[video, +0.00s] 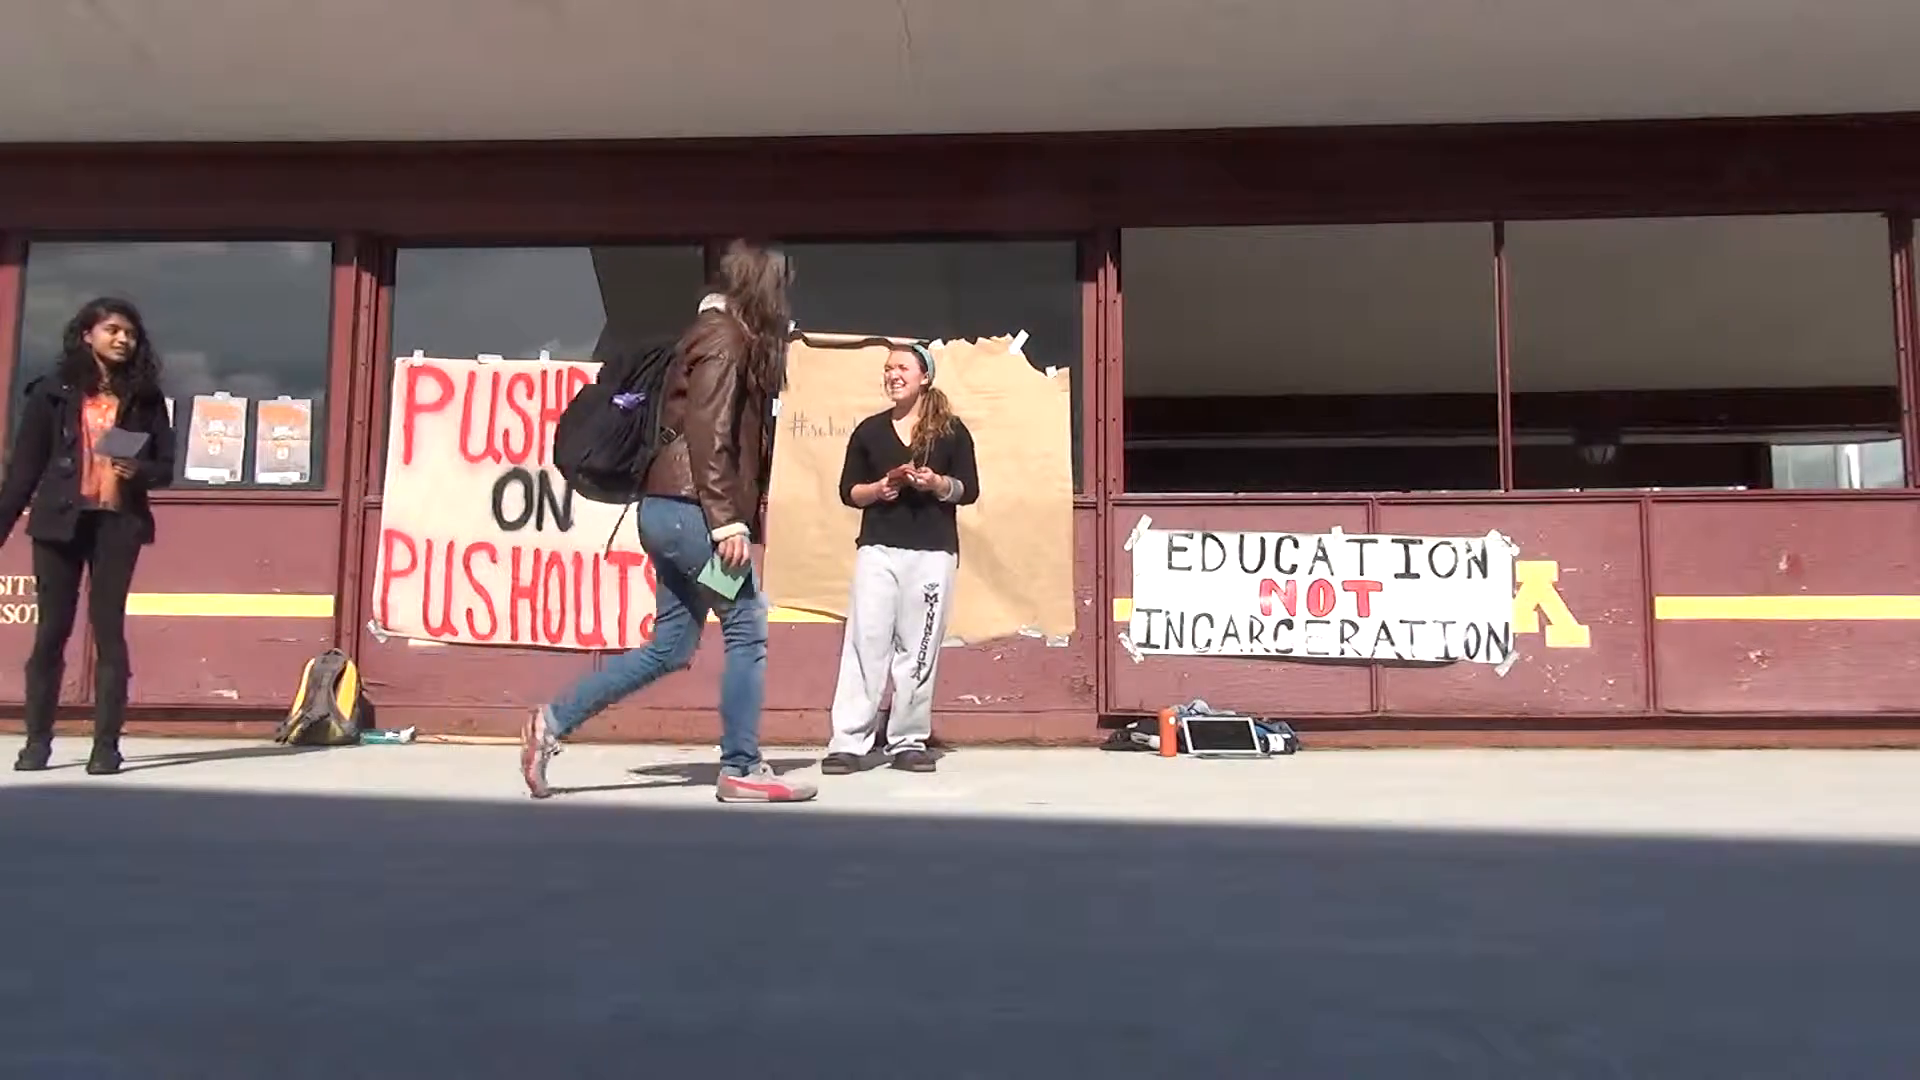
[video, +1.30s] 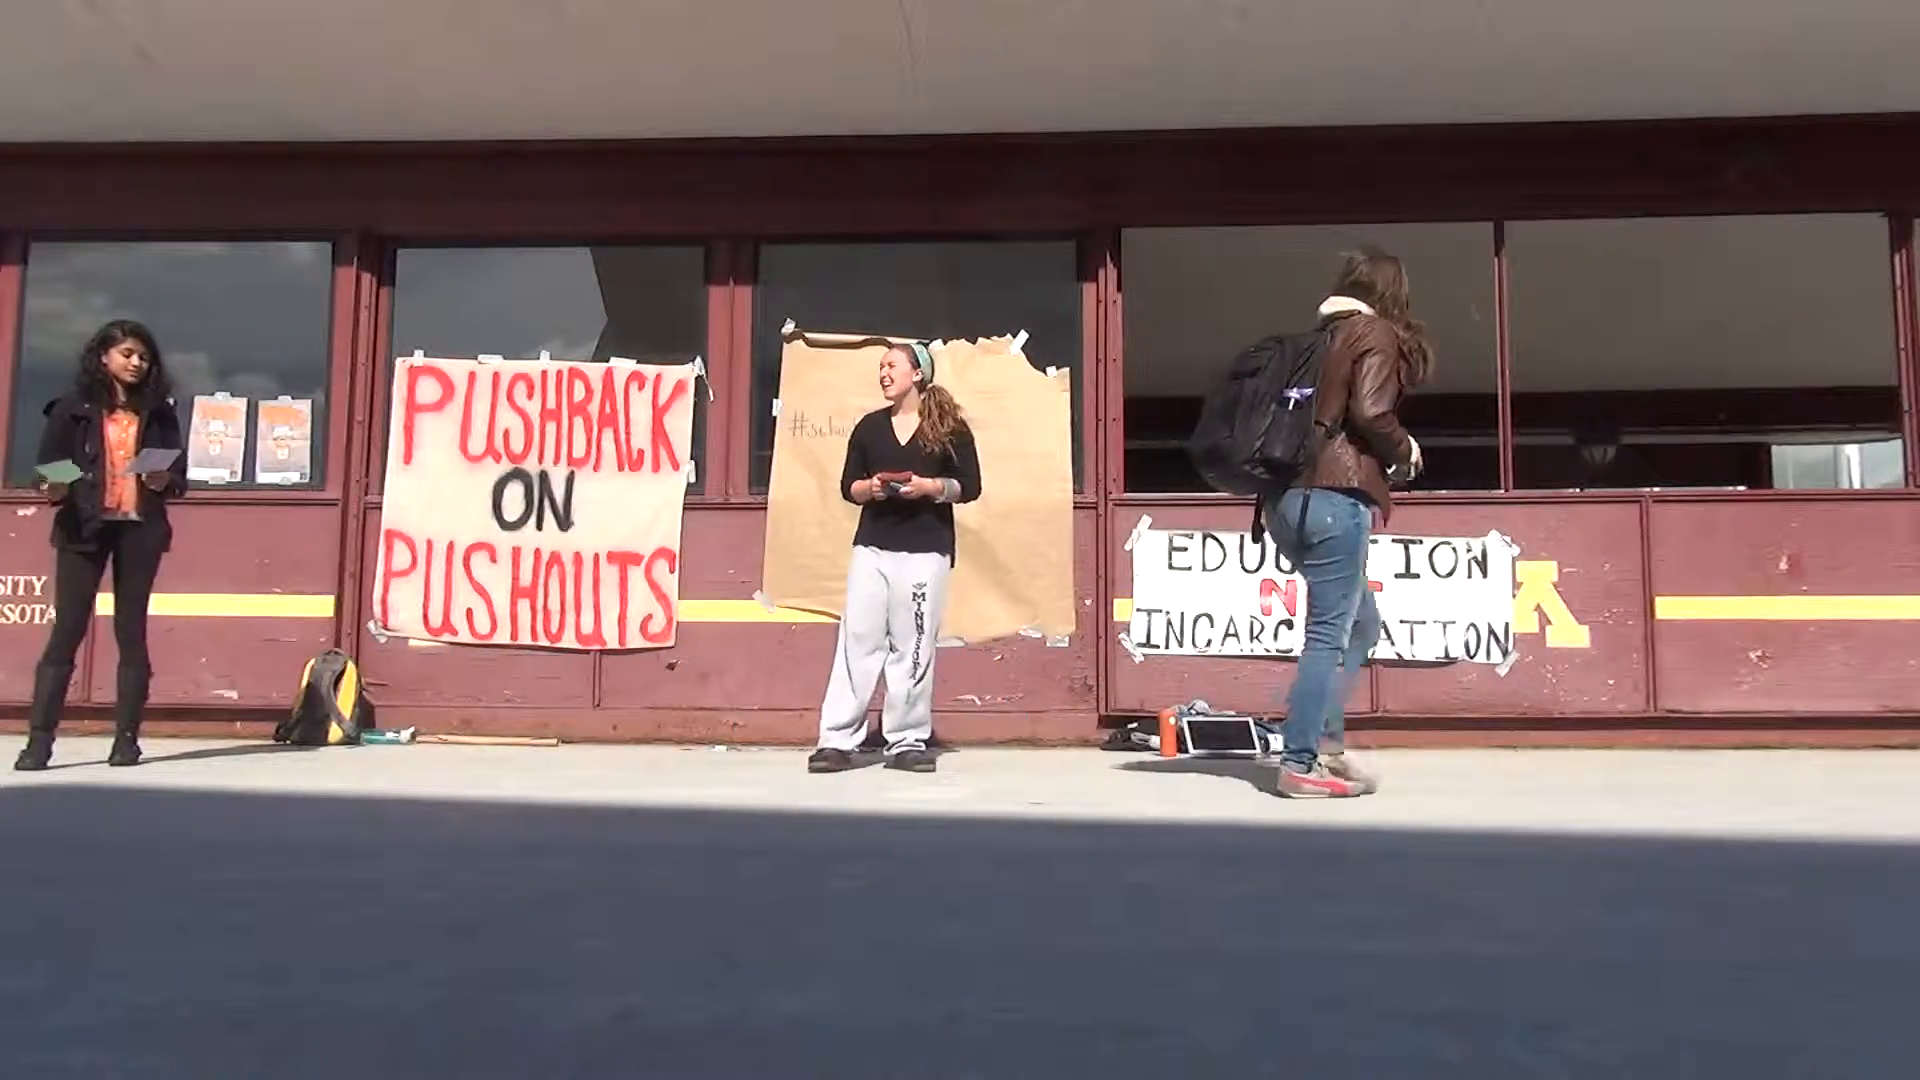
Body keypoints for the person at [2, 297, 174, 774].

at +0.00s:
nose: (120, 338)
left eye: (128, 332)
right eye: (110, 329)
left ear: (136, 342)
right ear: (85, 334)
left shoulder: (147, 395)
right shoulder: (52, 389)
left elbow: (164, 470)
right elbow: (24, 467)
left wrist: (138, 468)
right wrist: (3, 524)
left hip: (118, 521)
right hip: (59, 518)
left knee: (108, 627)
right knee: (51, 630)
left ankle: (107, 744)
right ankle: (38, 740)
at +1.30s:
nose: (136, 363)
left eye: (142, 356)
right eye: (127, 353)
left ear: (149, 364)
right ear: (101, 356)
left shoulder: (160, 412)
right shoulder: (72, 407)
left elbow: (178, 482)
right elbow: (46, 472)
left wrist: (166, 482)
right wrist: (53, 488)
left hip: (141, 527)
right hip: (84, 524)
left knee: (130, 628)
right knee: (68, 628)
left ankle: (127, 736)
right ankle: (40, 739)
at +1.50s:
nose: (145, 368)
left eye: (152, 362)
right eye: (136, 359)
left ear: (158, 370)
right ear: (112, 361)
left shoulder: (168, 416)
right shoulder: (82, 413)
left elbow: (187, 483)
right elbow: (64, 482)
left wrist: (177, 484)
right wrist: (103, 481)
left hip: (151, 532)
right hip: (99, 530)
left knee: (138, 629)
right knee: (76, 628)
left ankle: (128, 737)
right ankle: (41, 738)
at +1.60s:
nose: (149, 370)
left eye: (156, 364)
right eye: (140, 361)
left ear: (162, 371)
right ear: (117, 363)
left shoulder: (171, 417)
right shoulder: (86, 414)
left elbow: (190, 483)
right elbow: (69, 481)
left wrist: (182, 486)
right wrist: (113, 482)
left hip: (155, 532)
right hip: (103, 529)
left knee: (139, 629)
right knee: (79, 629)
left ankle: (127, 736)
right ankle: (42, 737)